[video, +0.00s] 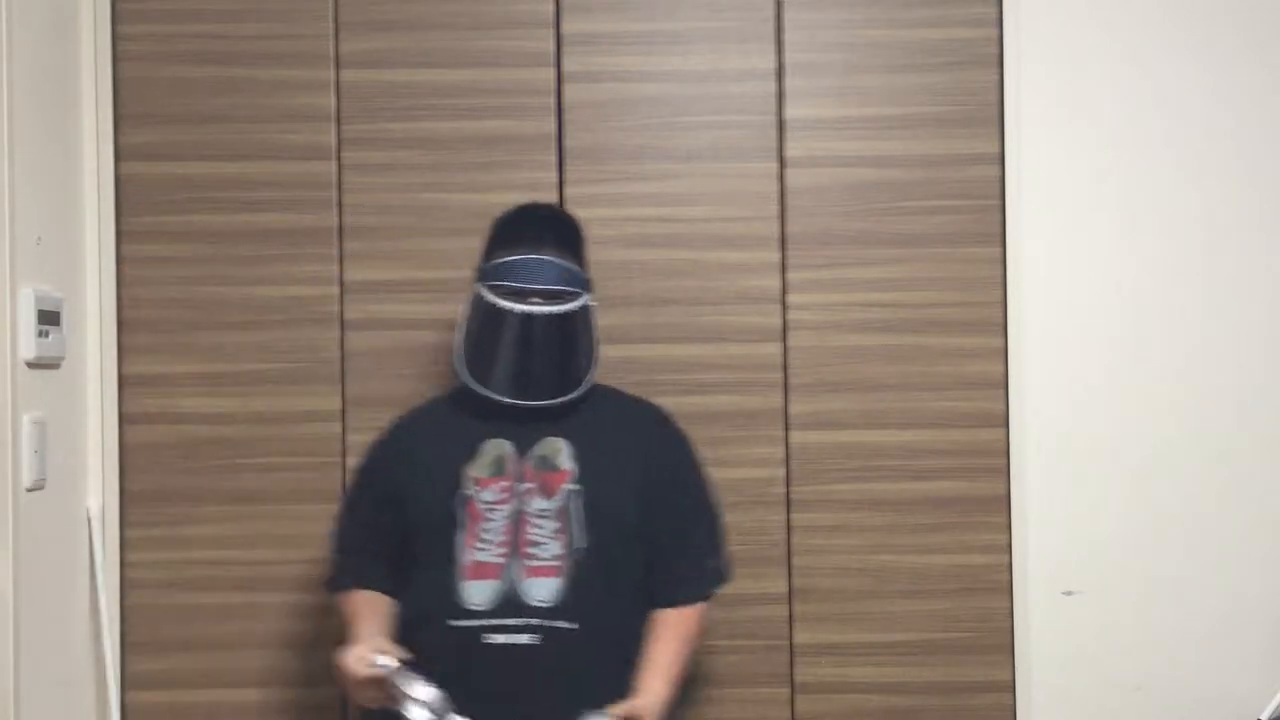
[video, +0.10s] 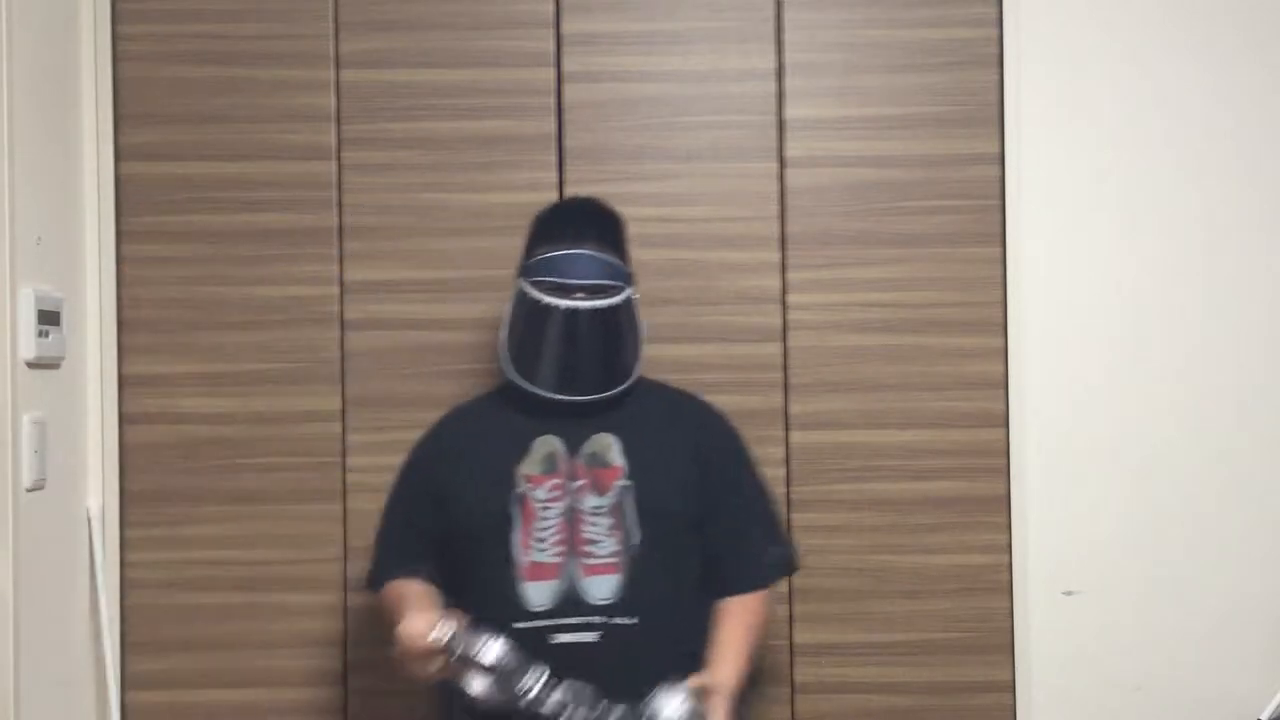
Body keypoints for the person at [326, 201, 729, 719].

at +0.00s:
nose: (532, 335)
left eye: (552, 315)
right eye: (512, 314)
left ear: (583, 316)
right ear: (479, 311)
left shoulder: (646, 441)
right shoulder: (416, 442)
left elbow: (684, 583)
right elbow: (369, 559)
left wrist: (648, 699)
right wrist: (369, 641)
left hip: (593, 704)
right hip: (444, 705)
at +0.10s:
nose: (575, 331)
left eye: (596, 311)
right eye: (555, 311)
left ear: (627, 309)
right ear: (522, 307)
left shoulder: (695, 435)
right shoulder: (459, 441)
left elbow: (748, 574)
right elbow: (405, 559)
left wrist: (720, 684)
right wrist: (420, 618)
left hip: (659, 699)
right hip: (506, 700)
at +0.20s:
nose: (607, 317)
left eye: (627, 297)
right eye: (587, 297)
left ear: (658, 296)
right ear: (554, 295)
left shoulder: (726, 418)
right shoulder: (494, 426)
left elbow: (807, 535)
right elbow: (407, 553)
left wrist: (762, 623)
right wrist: (458, 544)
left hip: (684, 701)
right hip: (539, 700)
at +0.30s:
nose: (624, 305)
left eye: (645, 285)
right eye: (603, 284)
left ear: (675, 286)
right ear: (571, 286)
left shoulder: (740, 402)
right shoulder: (525, 413)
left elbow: (861, 502)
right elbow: (407, 517)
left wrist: (805, 500)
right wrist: (466, 424)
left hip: (712, 699)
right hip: (564, 701)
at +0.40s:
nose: (635, 305)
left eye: (657, 284)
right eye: (613, 285)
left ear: (686, 289)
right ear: (575, 290)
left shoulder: (748, 404)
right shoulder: (530, 409)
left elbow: (885, 488)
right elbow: (415, 453)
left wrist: (829, 413)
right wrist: (483, 337)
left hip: (727, 695)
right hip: (576, 697)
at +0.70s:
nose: (624, 309)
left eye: (645, 289)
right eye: (604, 290)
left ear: (674, 290)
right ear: (572, 290)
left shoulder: (744, 399)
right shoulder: (524, 408)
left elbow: (870, 495)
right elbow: (403, 469)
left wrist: (807, 477)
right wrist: (474, 372)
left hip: (729, 694)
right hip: (575, 695)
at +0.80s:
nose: (606, 312)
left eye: (626, 293)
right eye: (586, 293)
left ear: (658, 290)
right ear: (555, 291)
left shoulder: (731, 411)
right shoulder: (500, 421)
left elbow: (824, 511)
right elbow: (392, 525)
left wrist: (773, 560)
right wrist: (444, 465)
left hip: (707, 703)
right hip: (551, 703)